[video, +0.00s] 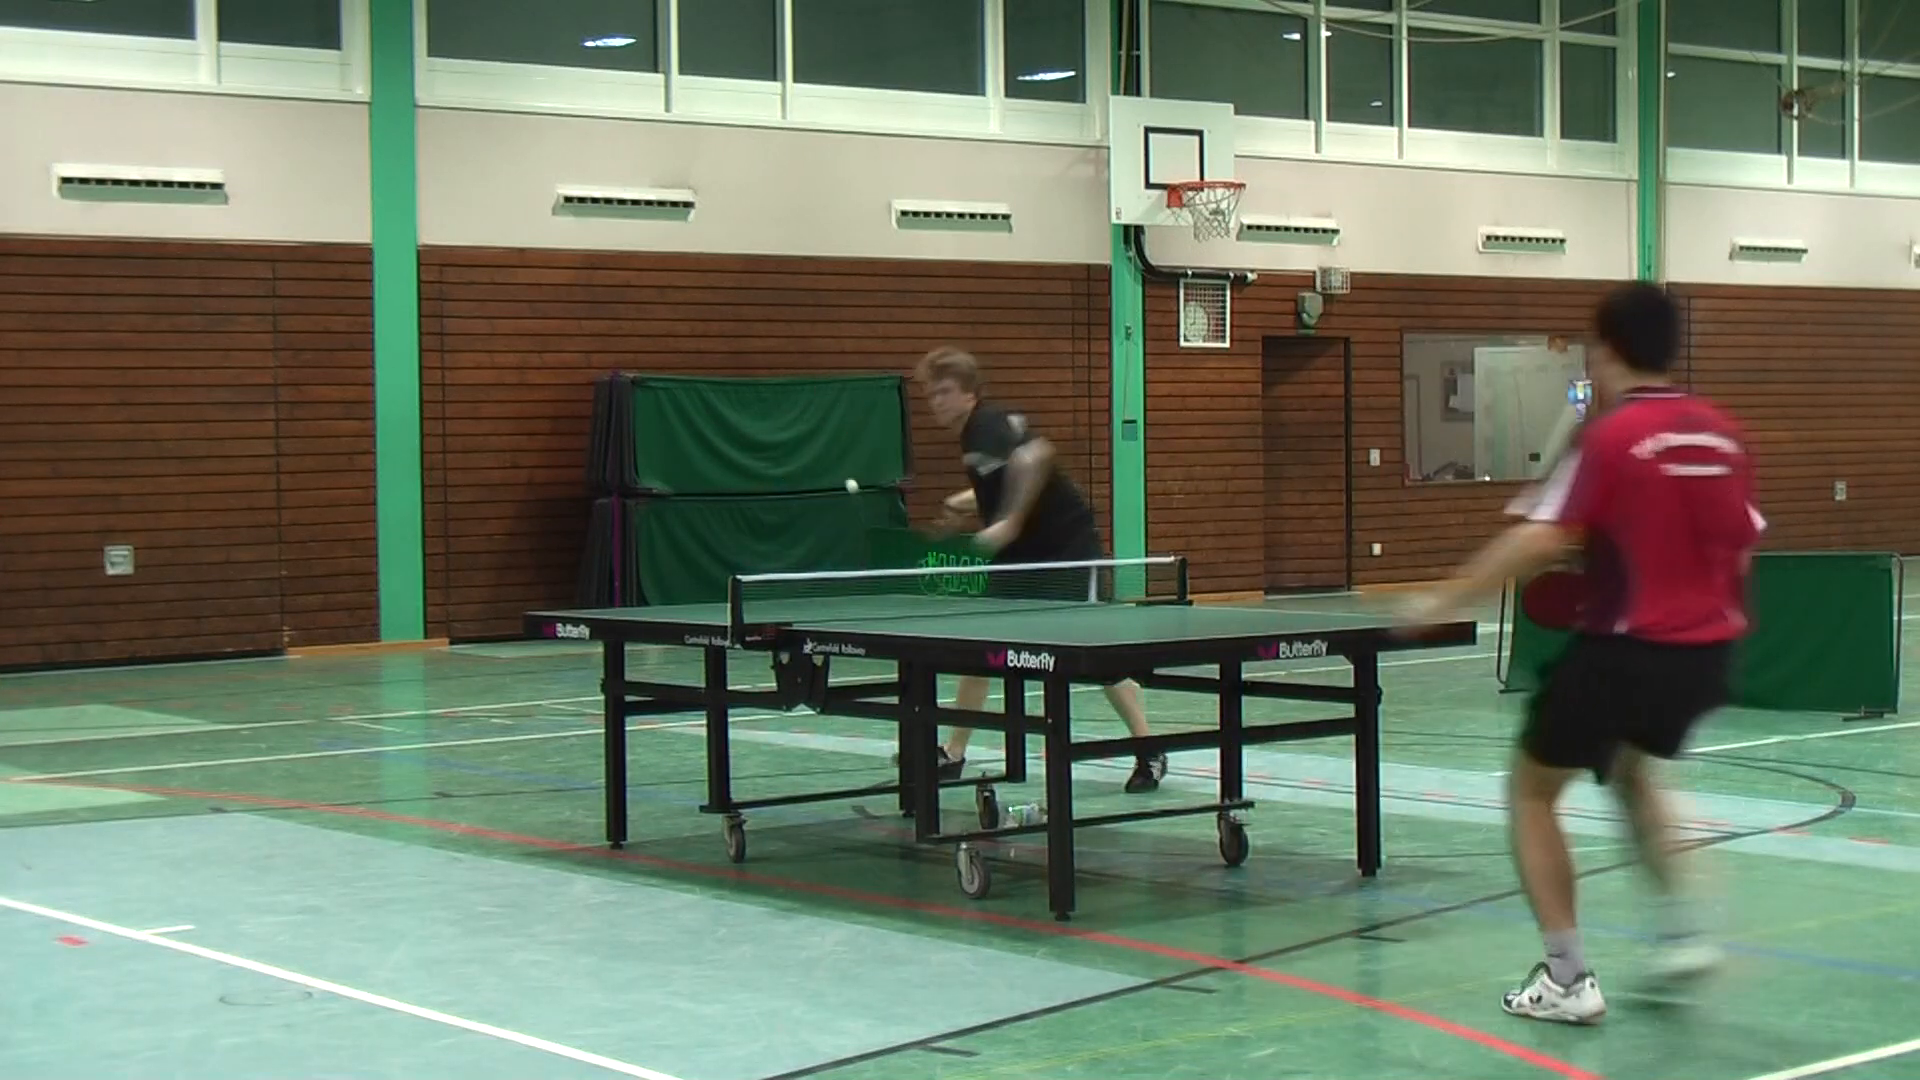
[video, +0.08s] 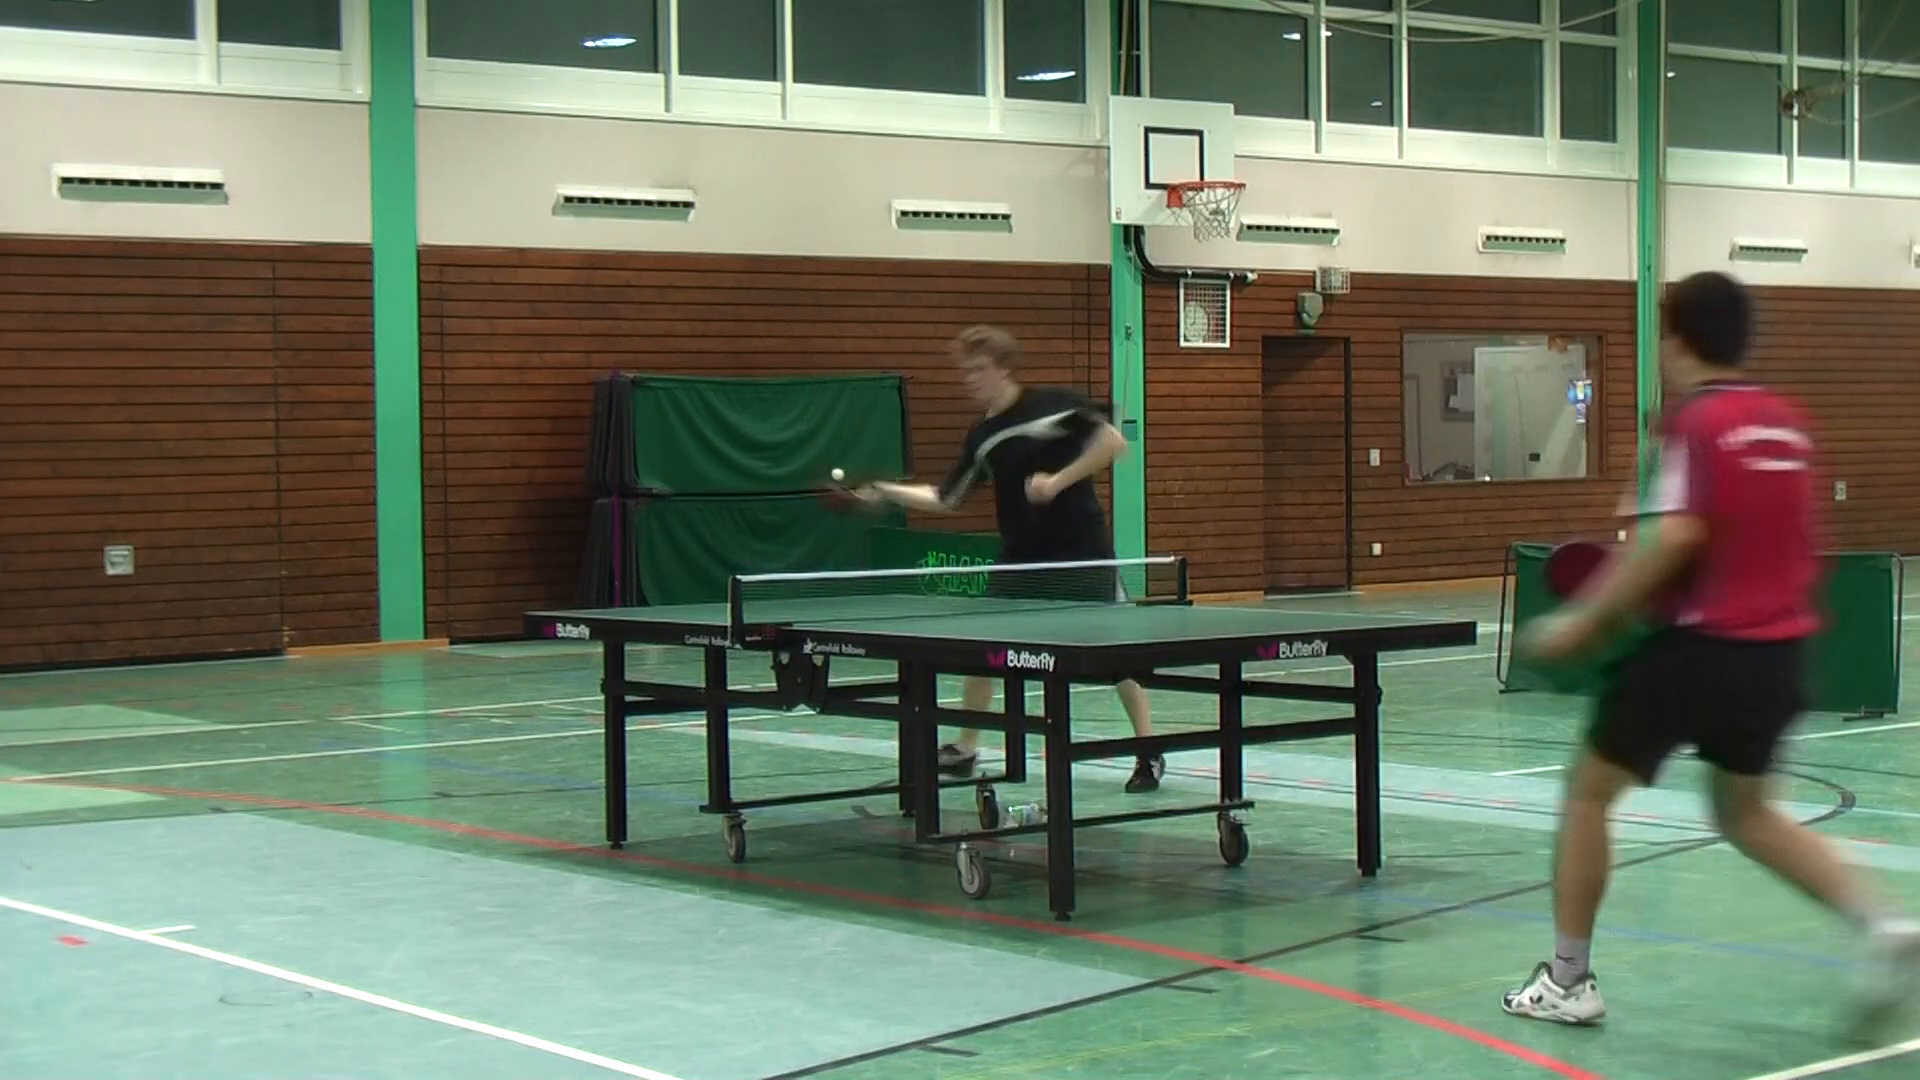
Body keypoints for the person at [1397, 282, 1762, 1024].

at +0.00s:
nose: (1592, 365)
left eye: (1596, 352)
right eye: (1594, 351)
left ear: (1614, 353)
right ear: (1671, 352)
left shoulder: (1612, 434)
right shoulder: (1723, 430)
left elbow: (1547, 537)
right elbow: (1742, 540)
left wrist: (1448, 594)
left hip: (1627, 650)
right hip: (1707, 651)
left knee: (1532, 787)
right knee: (1629, 761)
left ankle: (1567, 974)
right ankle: (1686, 931)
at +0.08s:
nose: (1662, 352)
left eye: (1666, 339)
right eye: (1665, 338)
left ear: (1684, 343)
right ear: (1741, 342)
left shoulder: (1696, 420)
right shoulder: (1790, 418)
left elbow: (1676, 535)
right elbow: (1799, 548)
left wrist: (1581, 620)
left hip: (1697, 653)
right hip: (1777, 656)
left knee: (1590, 790)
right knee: (1744, 812)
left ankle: (1567, 977)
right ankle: (1885, 926)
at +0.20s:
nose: (1764, 374)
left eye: (1767, 360)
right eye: (1765, 360)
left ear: (1787, 363)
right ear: (1842, 358)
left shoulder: (1816, 440)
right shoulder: (1883, 430)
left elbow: (1824, 559)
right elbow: (1833, 549)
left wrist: (1728, 660)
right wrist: (1724, 576)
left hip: (1848, 680)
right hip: (1907, 684)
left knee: (1685, 789)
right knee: (1874, 873)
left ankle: (1696, 988)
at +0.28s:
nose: (1820, 384)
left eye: (1823, 369)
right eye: (1820, 369)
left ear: (1848, 370)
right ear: (1895, 366)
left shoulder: (1892, 446)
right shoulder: (1893, 437)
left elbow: (1883, 578)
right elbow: (1888, 561)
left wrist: (1781, 686)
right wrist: (1800, 594)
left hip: (1907, 695)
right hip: (1911, 694)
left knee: (1772, 830)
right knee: (1895, 864)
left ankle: (1894, 996)